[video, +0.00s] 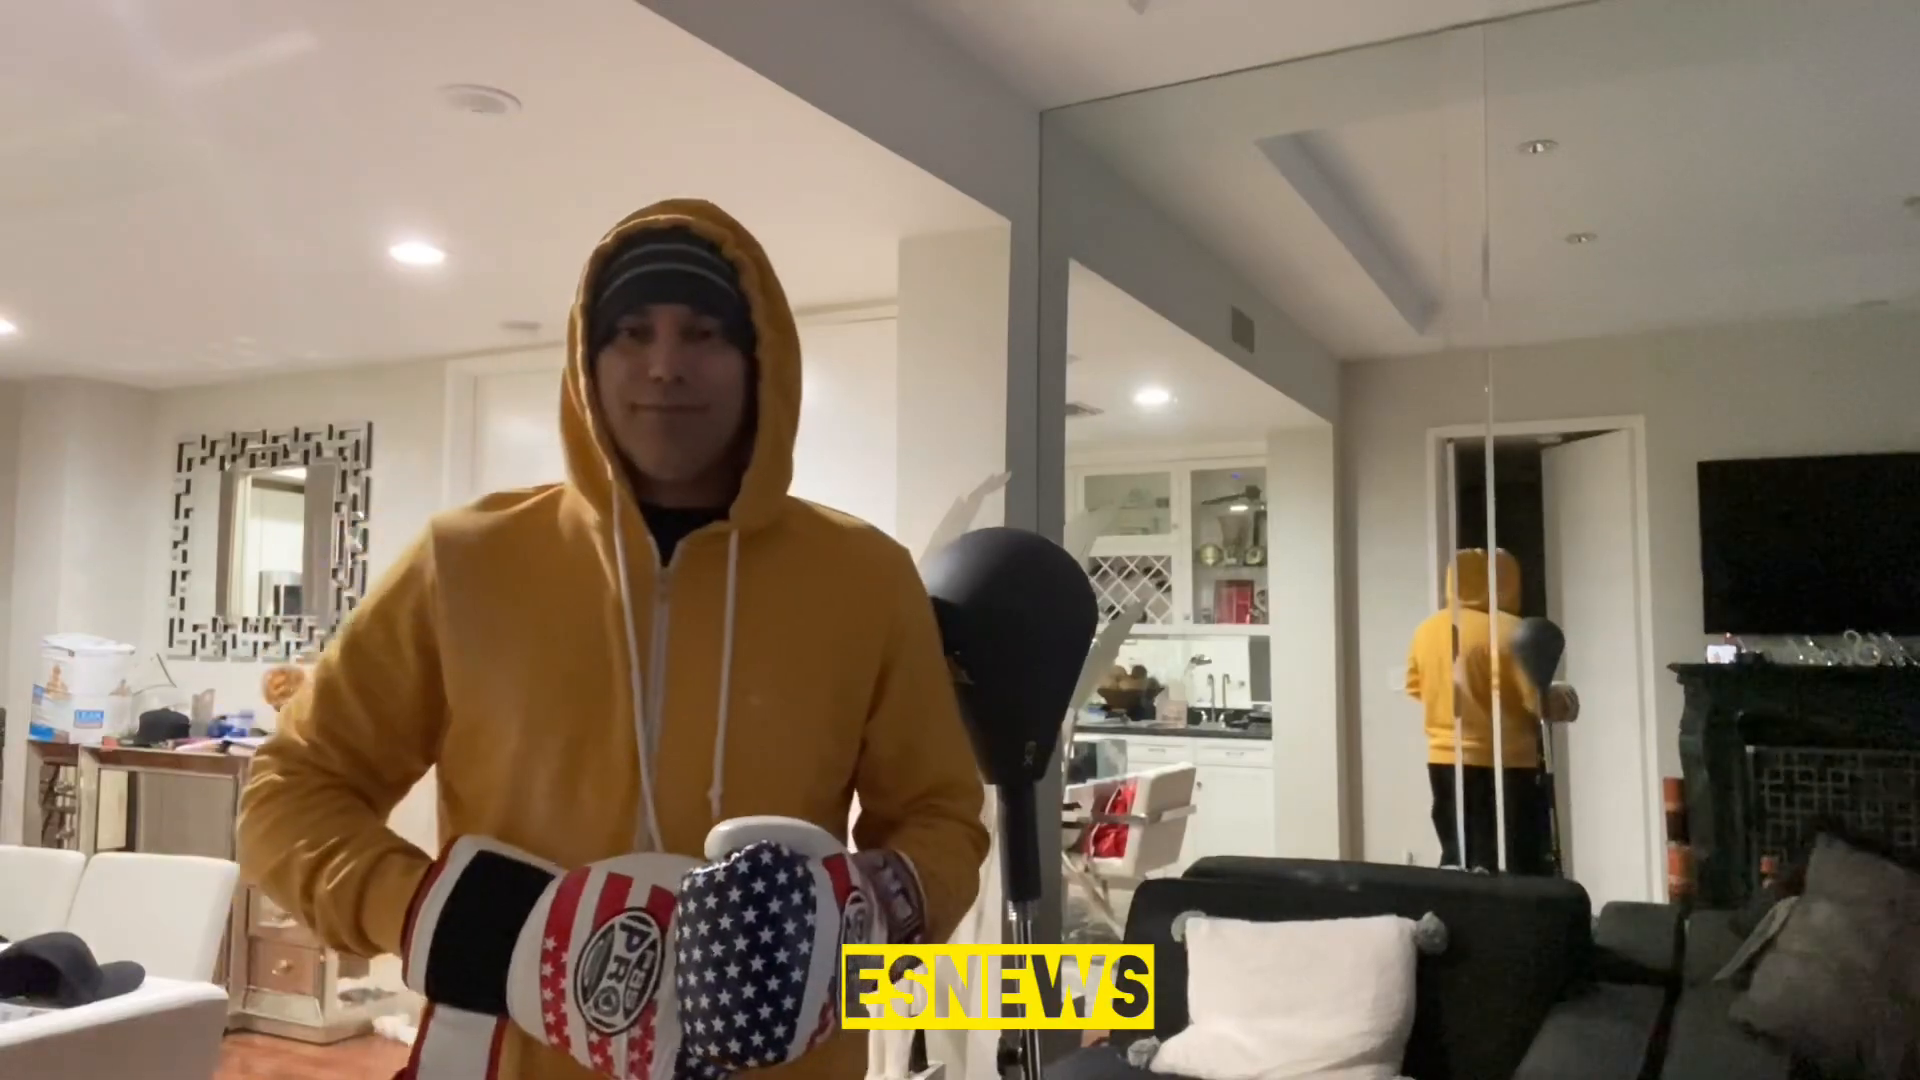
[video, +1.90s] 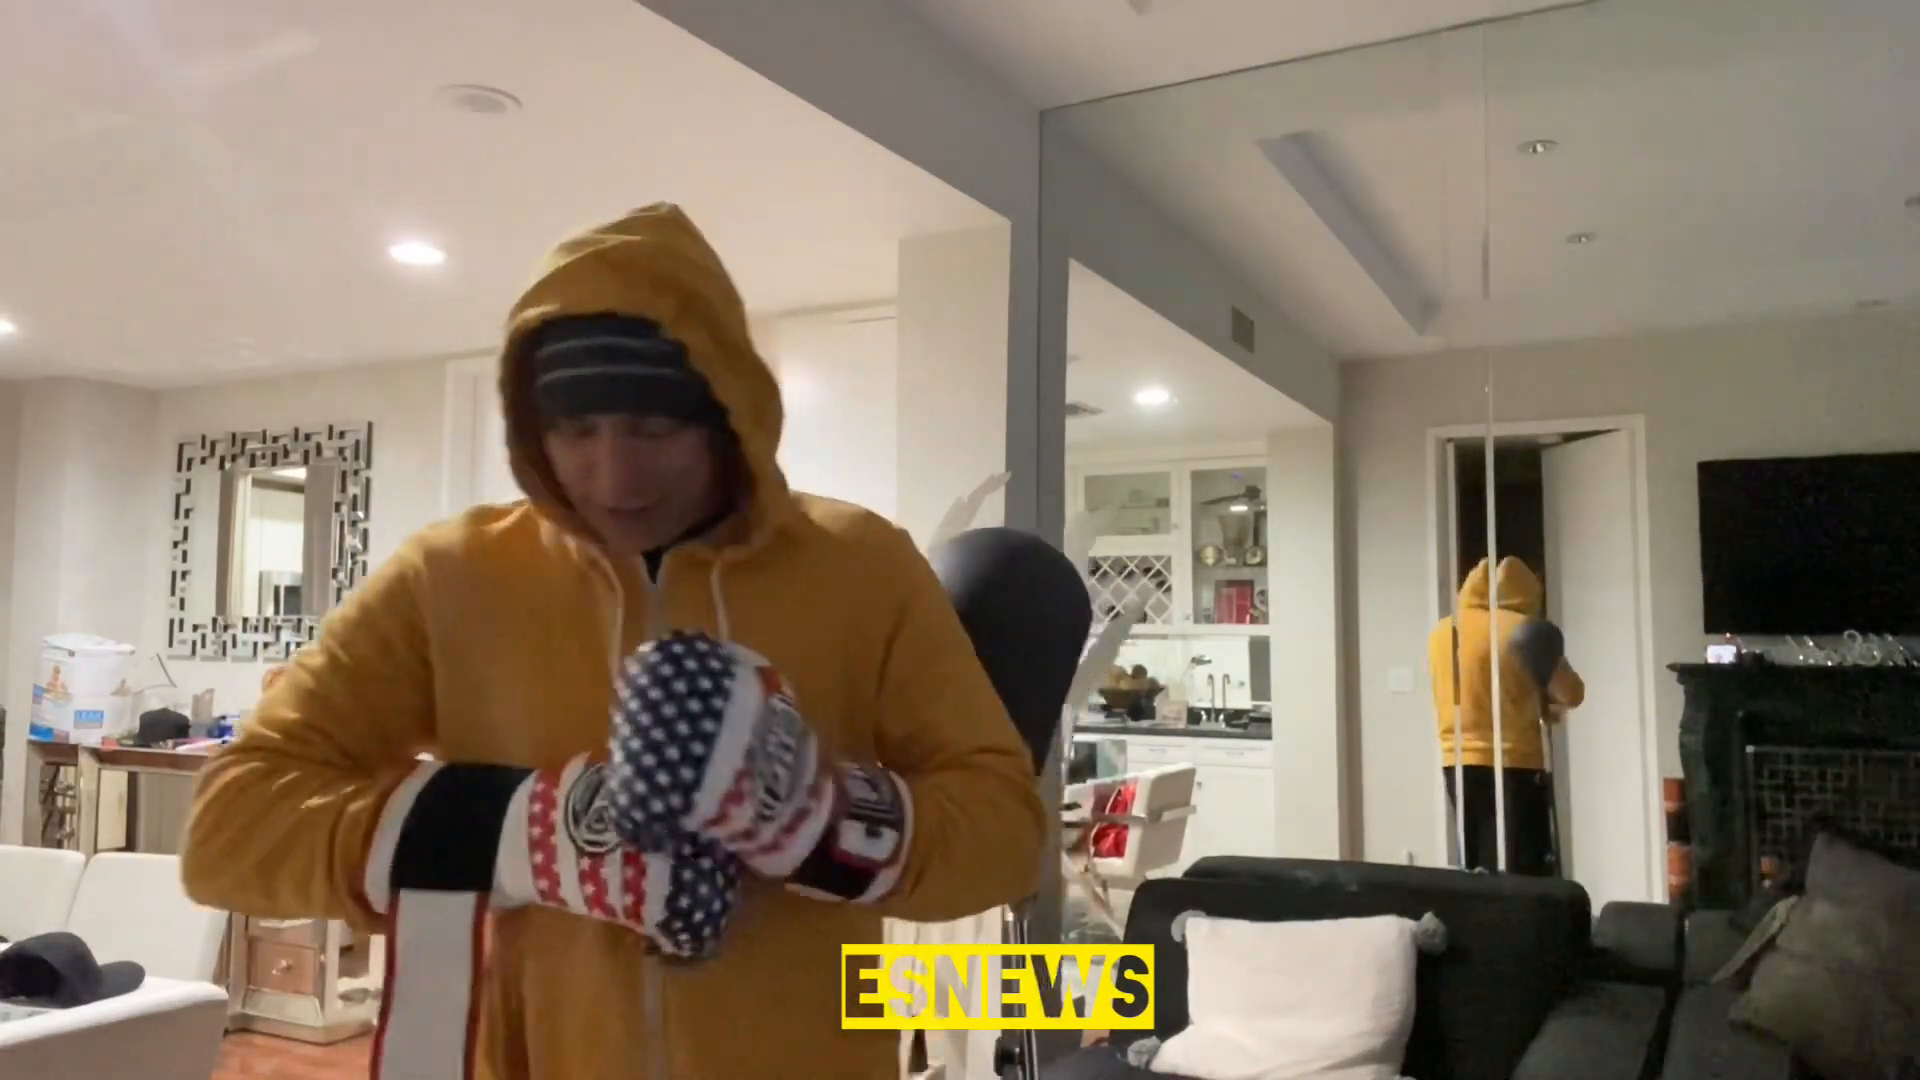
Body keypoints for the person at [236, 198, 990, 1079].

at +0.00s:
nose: (666, 365)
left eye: (705, 332)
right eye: (633, 333)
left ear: (758, 365)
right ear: (589, 368)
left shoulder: (864, 582)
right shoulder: (466, 567)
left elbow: (941, 820)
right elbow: (289, 796)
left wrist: (863, 904)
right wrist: (475, 925)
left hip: (779, 1062)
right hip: (519, 1054)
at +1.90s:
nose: (616, 472)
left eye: (655, 426)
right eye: (576, 429)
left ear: (728, 419)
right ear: (533, 430)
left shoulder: (864, 574)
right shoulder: (444, 583)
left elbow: (1006, 836)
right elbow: (228, 829)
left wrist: (826, 820)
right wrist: (520, 832)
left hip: (809, 1061)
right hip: (542, 1064)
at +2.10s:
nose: (499, 491)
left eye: (540, 434)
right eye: (461, 443)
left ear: (630, 408)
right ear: (425, 443)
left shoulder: (805, 554)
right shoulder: (357, 599)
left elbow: (980, 808)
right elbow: (153, 874)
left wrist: (750, 789)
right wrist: (486, 854)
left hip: (764, 1060)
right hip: (465, 1063)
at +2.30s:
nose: (376, 506)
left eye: (414, 443)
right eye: (329, 461)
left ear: (507, 410)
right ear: (292, 470)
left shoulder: (732, 535)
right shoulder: (261, 625)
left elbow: (939, 782)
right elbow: (67, 948)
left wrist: (685, 805)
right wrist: (392, 903)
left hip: (723, 1065)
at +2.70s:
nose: (314, 513)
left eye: (347, 448)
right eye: (265, 469)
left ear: (443, 398)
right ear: (222, 470)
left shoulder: (666, 524)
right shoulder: (172, 630)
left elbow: (826, 786)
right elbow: (27, 947)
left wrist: (587, 873)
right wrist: (296, 904)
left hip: (657, 1062)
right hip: (334, 1072)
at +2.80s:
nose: (330, 500)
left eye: (365, 436)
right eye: (281, 456)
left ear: (458, 391)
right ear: (244, 463)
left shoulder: (667, 524)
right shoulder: (184, 603)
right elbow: (34, 941)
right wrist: (327, 803)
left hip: (639, 1062)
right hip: (321, 1072)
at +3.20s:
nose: (465, 466)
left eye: (509, 411)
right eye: (419, 414)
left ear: (591, 406)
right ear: (368, 417)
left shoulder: (732, 572)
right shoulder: (278, 560)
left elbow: (910, 812)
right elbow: (160, 859)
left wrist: (655, 911)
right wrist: (418, 750)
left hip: (629, 1065)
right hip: (317, 1063)